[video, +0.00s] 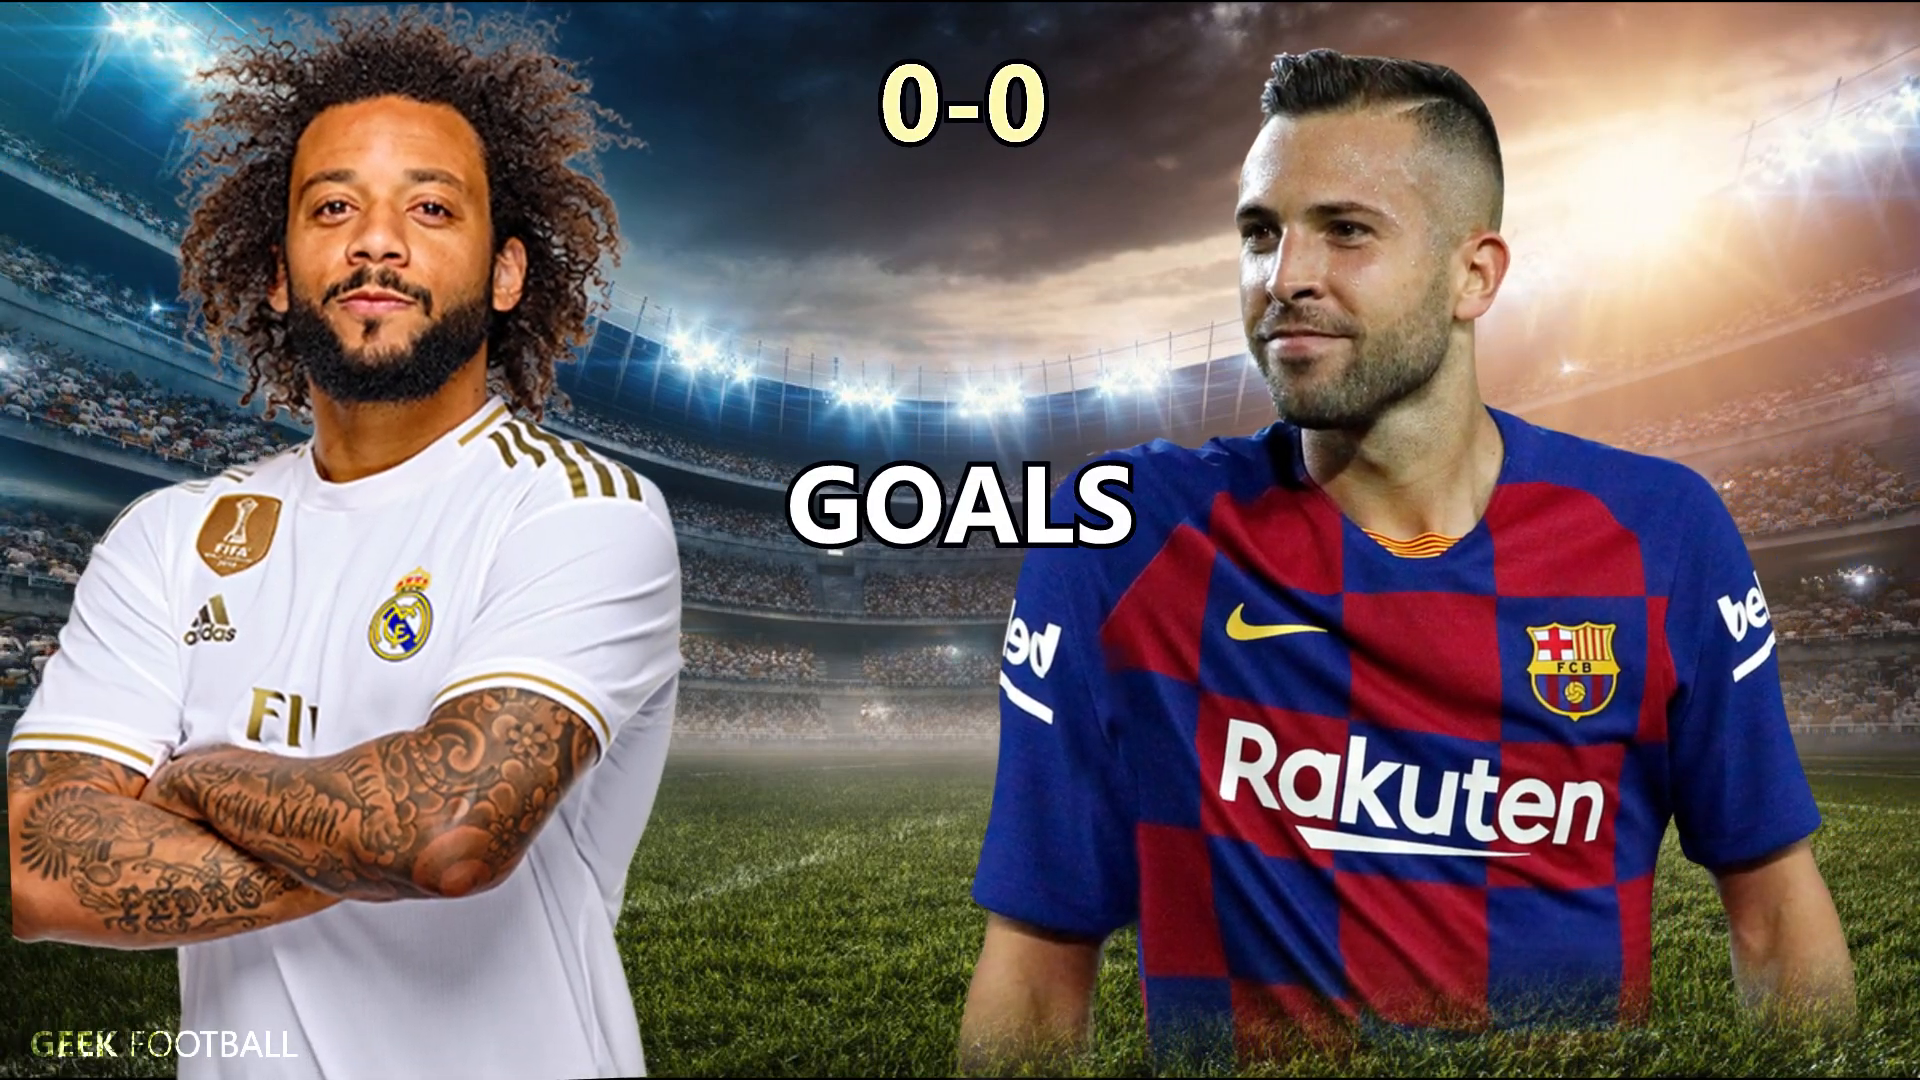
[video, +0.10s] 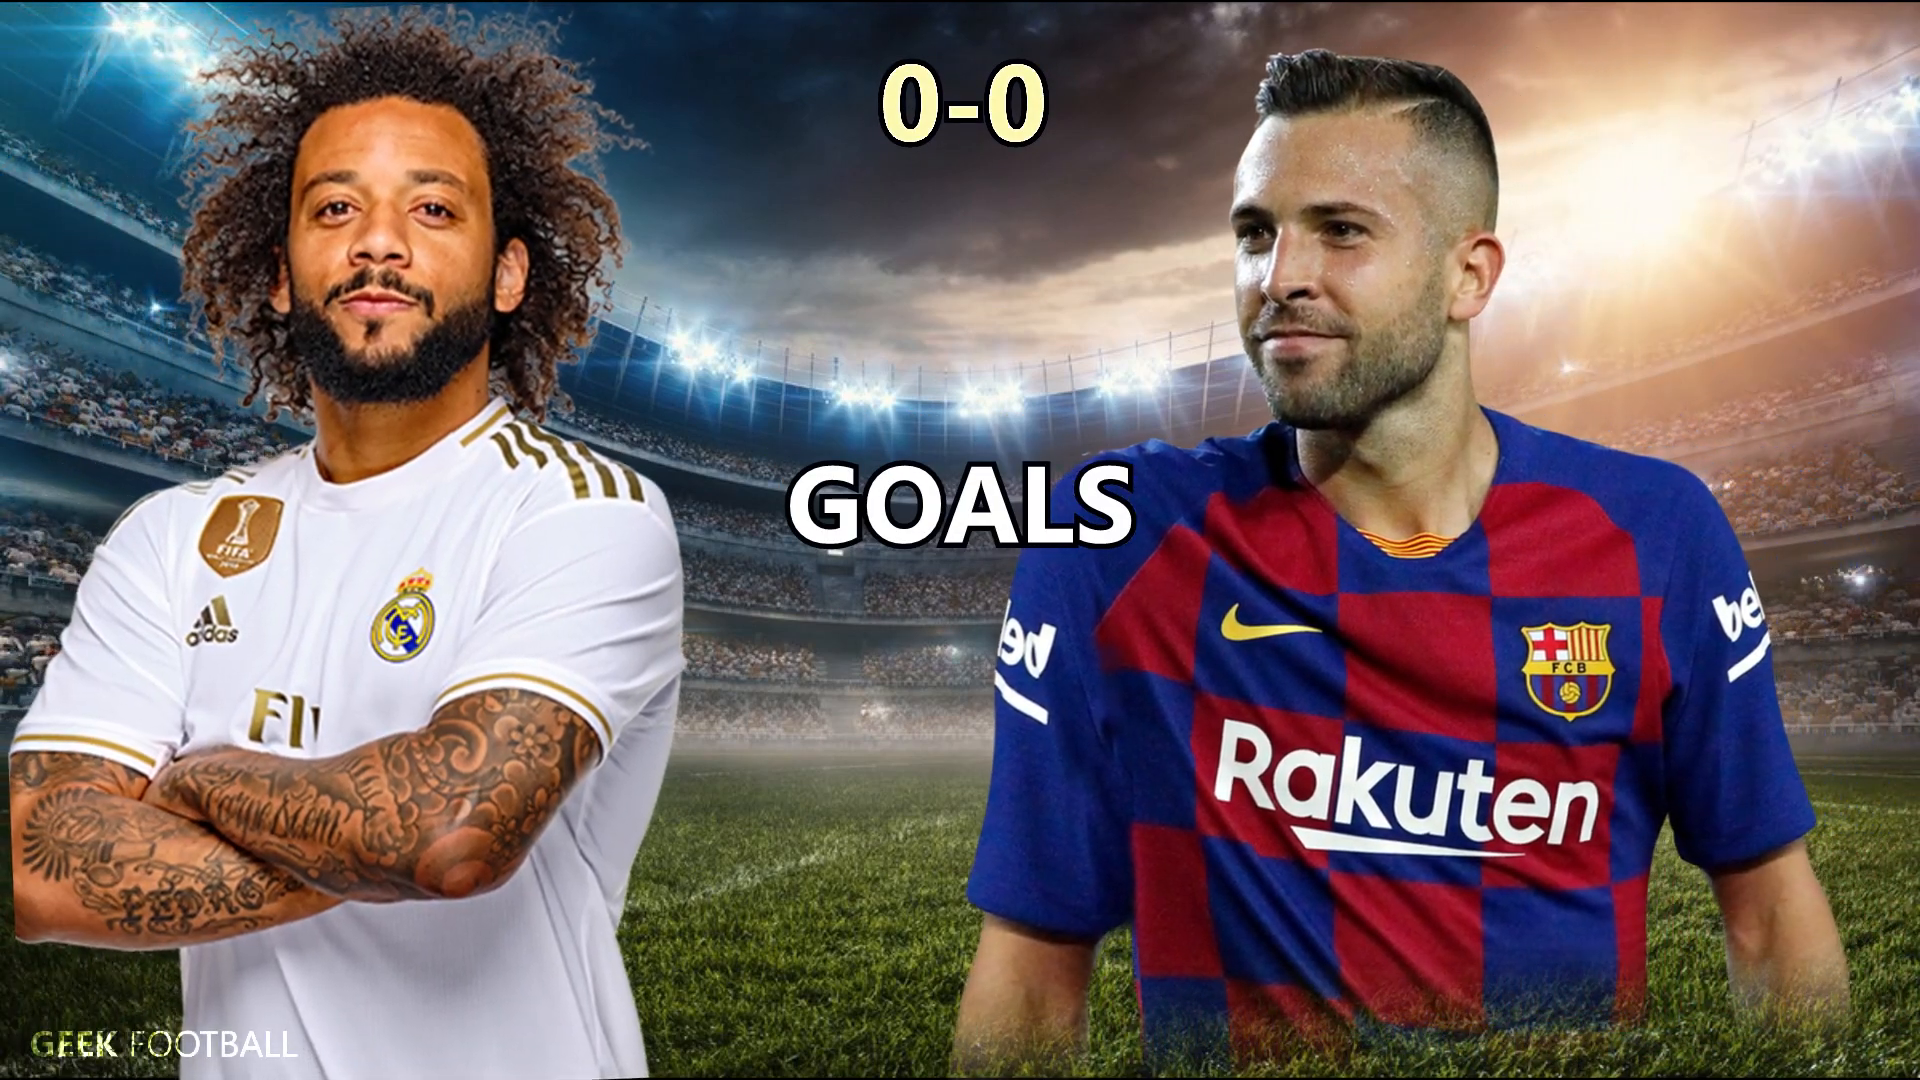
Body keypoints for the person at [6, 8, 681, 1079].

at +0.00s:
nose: (375, 243)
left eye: (431, 207)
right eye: (332, 207)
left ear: (503, 272)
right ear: (283, 270)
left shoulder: (588, 517)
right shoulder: (167, 537)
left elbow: (455, 828)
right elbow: (47, 873)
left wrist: (188, 774)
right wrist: (373, 837)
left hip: (518, 1064)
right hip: (239, 1064)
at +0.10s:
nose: (378, 244)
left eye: (432, 208)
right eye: (335, 209)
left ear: (505, 273)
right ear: (286, 272)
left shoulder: (590, 518)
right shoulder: (170, 538)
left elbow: (457, 829)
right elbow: (51, 876)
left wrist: (193, 776)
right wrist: (372, 844)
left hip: (522, 1064)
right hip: (245, 1064)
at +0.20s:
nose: (380, 245)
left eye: (434, 209)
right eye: (337, 210)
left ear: (507, 275)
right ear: (288, 273)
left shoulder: (592, 519)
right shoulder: (172, 539)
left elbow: (458, 830)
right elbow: (53, 876)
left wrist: (194, 776)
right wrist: (375, 845)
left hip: (522, 1064)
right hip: (245, 1064)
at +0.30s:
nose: (382, 246)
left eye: (436, 210)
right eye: (338, 210)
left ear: (509, 275)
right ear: (289, 274)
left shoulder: (594, 519)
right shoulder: (174, 539)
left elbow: (460, 832)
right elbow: (56, 877)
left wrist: (196, 776)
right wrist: (379, 844)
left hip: (525, 1064)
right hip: (247, 1065)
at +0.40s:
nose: (384, 247)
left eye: (438, 210)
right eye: (340, 211)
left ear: (510, 276)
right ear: (291, 274)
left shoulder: (596, 520)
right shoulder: (175, 542)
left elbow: (462, 833)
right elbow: (58, 879)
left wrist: (197, 777)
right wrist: (379, 844)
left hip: (526, 1064)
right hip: (249, 1065)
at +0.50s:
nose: (385, 248)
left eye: (439, 211)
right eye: (341, 212)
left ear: (512, 277)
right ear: (292, 275)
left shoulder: (597, 520)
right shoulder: (177, 541)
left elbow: (464, 834)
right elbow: (59, 880)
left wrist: (197, 778)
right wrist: (381, 843)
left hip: (528, 1065)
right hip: (252, 1064)